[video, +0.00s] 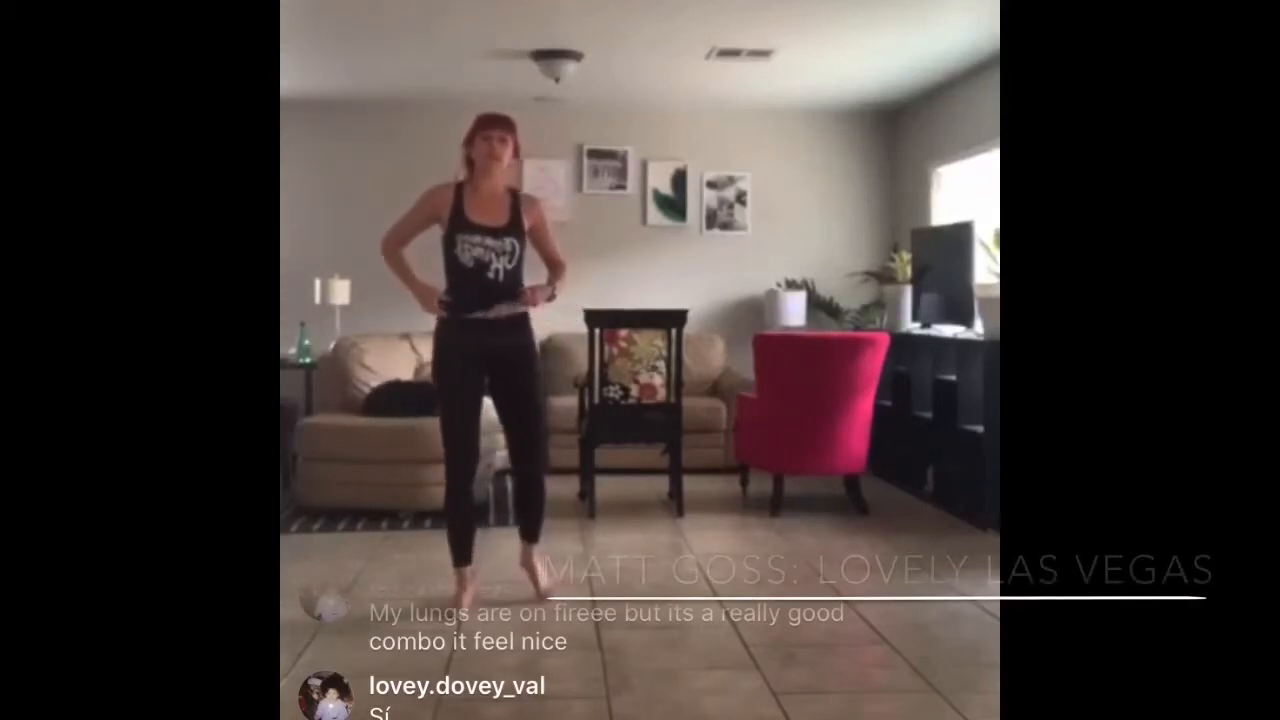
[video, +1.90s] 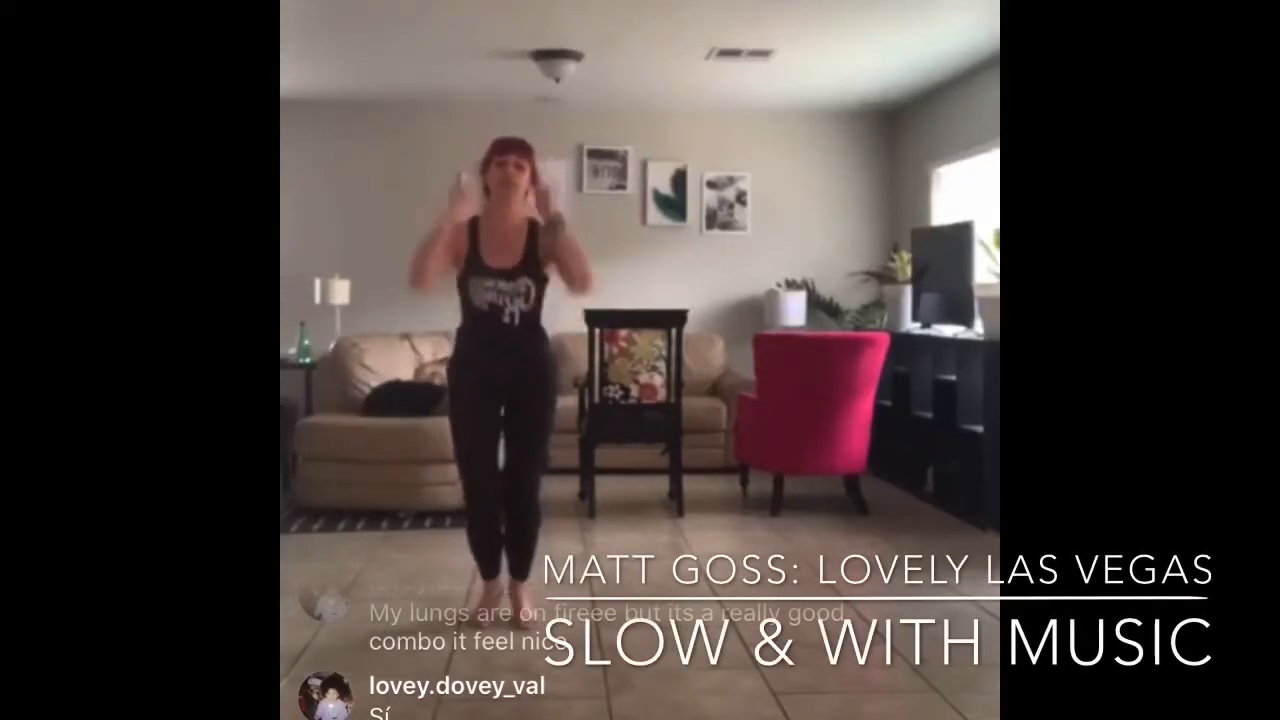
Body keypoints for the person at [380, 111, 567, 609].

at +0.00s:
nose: (492, 148)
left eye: (501, 141)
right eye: (484, 140)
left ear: (514, 154)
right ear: (469, 149)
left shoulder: (528, 207)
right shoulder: (445, 198)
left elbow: (557, 265)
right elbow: (391, 245)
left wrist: (547, 290)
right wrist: (419, 289)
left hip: (513, 339)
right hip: (459, 340)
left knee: (531, 453)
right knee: (461, 461)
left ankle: (531, 551)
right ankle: (464, 579)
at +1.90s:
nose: (507, 172)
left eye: (518, 167)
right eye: (499, 165)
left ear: (530, 181)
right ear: (484, 177)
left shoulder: (544, 232)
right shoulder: (463, 230)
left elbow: (582, 283)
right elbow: (421, 279)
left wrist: (553, 219)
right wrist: (449, 217)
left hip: (529, 367)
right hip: (474, 366)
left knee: (523, 479)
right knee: (478, 480)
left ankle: (521, 583)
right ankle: (490, 582)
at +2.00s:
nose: (509, 138)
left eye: (518, 132)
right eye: (500, 130)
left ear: (531, 145)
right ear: (484, 142)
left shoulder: (539, 200)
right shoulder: (462, 194)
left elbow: (578, 180)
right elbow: (418, 164)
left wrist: (550, 123)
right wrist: (448, 99)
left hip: (529, 347)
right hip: (471, 345)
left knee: (525, 467)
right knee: (475, 467)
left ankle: (524, 579)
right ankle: (488, 577)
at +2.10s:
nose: (506, 100)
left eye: (516, 94)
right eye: (497, 92)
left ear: (530, 106)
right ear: (479, 102)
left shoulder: (541, 158)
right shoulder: (462, 153)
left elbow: (564, 87)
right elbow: (434, 76)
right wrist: (440, 4)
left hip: (525, 306)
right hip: (466, 305)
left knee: (529, 434)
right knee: (474, 436)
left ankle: (533, 560)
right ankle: (473, 563)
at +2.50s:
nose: (491, 160)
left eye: (499, 153)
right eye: (482, 153)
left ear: (512, 166)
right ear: (463, 165)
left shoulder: (526, 217)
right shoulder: (444, 217)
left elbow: (584, 177)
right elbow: (425, 162)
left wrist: (550, 118)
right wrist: (456, 98)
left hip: (513, 362)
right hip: (455, 361)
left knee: (516, 479)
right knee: (450, 479)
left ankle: (503, 593)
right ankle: (477, 586)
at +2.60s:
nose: (473, 166)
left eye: (484, 158)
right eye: (463, 158)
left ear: (501, 167)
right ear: (449, 166)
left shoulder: (516, 223)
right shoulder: (433, 216)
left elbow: (587, 242)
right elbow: (435, 233)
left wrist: (573, 184)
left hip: (510, 370)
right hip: (451, 370)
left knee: (512, 485)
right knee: (420, 489)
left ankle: (501, 599)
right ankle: (463, 584)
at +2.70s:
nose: (468, 161)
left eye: (478, 155)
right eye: (459, 153)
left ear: (494, 167)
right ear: (441, 163)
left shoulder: (504, 221)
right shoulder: (420, 213)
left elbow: (560, 281)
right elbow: (432, 262)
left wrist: (601, 228)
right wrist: (496, 222)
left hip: (502, 364)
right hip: (442, 365)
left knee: (508, 483)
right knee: (392, 480)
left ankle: (500, 601)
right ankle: (427, 583)